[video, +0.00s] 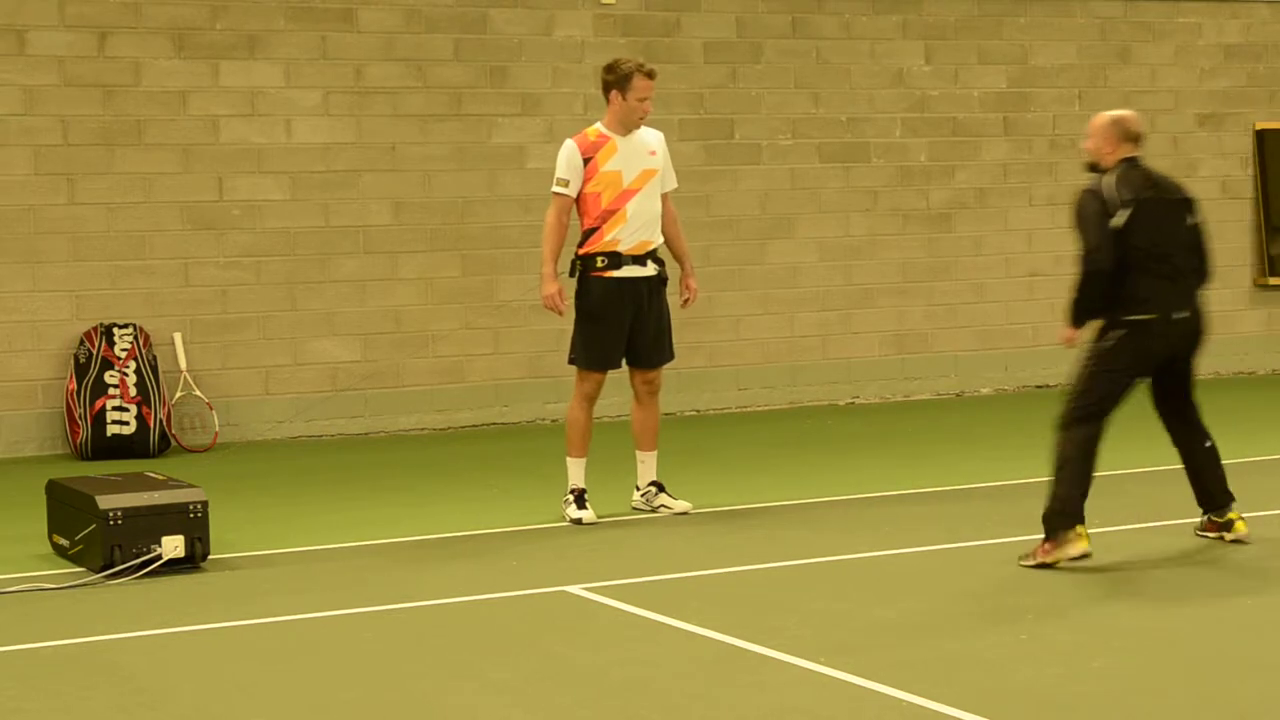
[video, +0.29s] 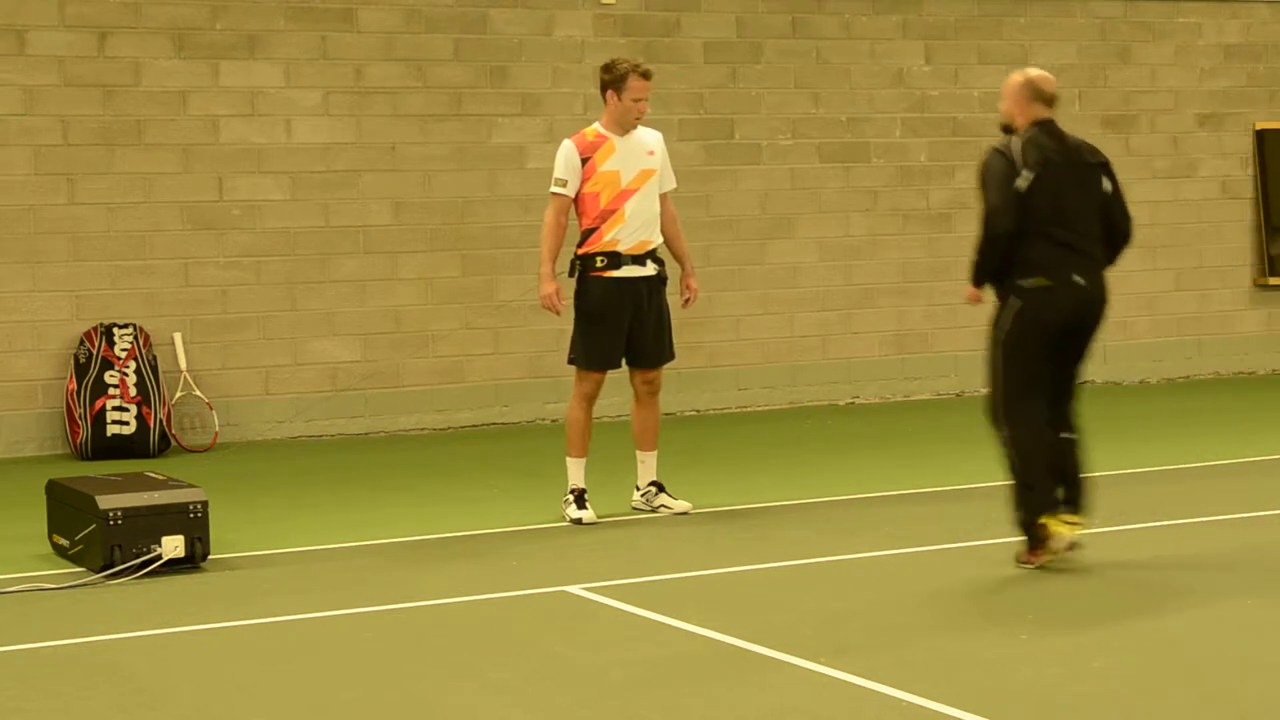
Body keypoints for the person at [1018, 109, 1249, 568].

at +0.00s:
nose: (1085, 147)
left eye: (1091, 139)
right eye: (1087, 138)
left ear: (1113, 144)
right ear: (1129, 145)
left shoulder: (1098, 194)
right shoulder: (1173, 191)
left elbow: (1101, 261)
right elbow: (1198, 264)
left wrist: (1077, 317)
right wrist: (1166, 293)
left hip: (1129, 329)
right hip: (1181, 324)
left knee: (1080, 419)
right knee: (1180, 412)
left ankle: (1063, 531)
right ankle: (1222, 513)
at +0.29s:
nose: (1001, 108)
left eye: (1004, 100)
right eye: (1003, 99)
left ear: (1020, 104)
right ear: (1047, 104)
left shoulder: (1005, 156)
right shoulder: (1089, 154)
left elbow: (1002, 220)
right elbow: (1119, 227)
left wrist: (980, 275)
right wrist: (1087, 262)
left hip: (1032, 297)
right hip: (1086, 293)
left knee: (1014, 404)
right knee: (1056, 399)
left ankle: (1040, 524)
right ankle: (1067, 507)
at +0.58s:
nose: (926, 158)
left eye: (929, 150)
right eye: (929, 149)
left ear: (941, 154)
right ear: (974, 156)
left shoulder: (927, 207)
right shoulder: (1016, 209)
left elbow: (920, 275)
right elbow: (1047, 288)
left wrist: (897, 332)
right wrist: (1024, 332)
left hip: (956, 338)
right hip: (1016, 341)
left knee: (898, 438)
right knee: (978, 433)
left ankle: (847, 544)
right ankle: (1010, 539)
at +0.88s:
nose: (883, 215)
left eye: (886, 207)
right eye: (885, 207)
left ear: (896, 209)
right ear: (934, 211)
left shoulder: (881, 256)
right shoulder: (978, 256)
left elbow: (855, 332)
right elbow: (1015, 331)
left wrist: (848, 383)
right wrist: (1031, 397)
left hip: (927, 380)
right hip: (993, 382)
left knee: (851, 462)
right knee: (946, 446)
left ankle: (844, 567)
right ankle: (1005, 540)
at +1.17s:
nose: (979, 166)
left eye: (983, 159)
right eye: (983, 157)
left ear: (994, 163)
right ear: (1026, 165)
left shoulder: (967, 209)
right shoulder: (1059, 220)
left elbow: (935, 273)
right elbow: (1083, 296)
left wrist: (907, 332)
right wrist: (1075, 360)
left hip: (984, 342)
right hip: (1044, 351)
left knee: (924, 426)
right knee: (1006, 433)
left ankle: (891, 527)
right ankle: (1012, 539)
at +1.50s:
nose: (1059, 126)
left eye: (1065, 118)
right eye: (1061, 117)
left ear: (1085, 122)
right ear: (1106, 122)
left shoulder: (1063, 176)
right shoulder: (1147, 175)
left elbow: (1050, 246)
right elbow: (1156, 245)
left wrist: (1024, 310)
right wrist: (1130, 286)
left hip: (1092, 318)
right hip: (1151, 315)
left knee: (1087, 408)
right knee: (1132, 408)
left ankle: (1125, 508)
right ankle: (1123, 511)